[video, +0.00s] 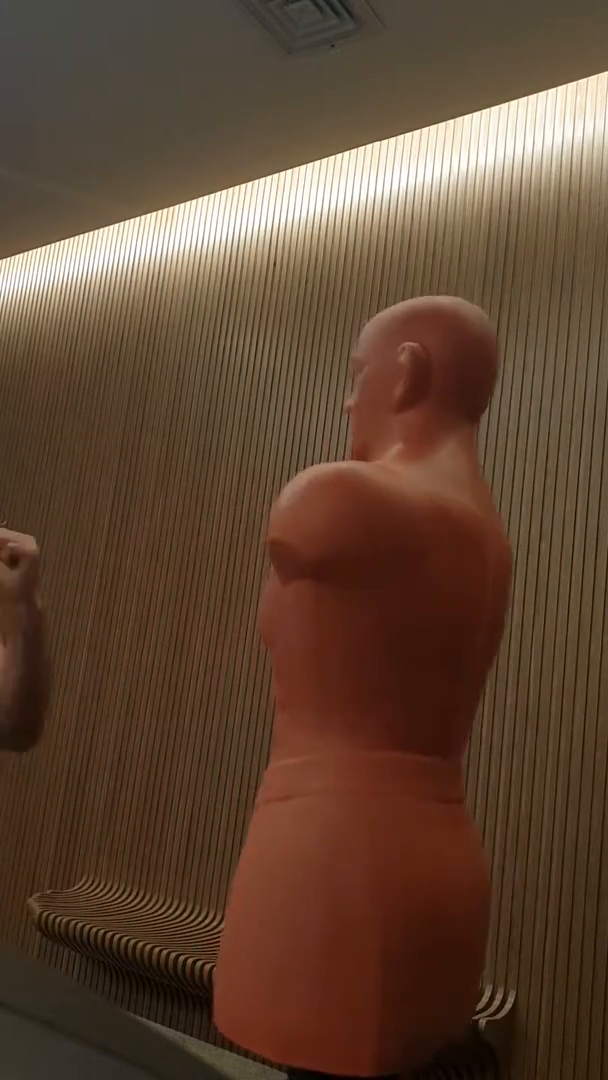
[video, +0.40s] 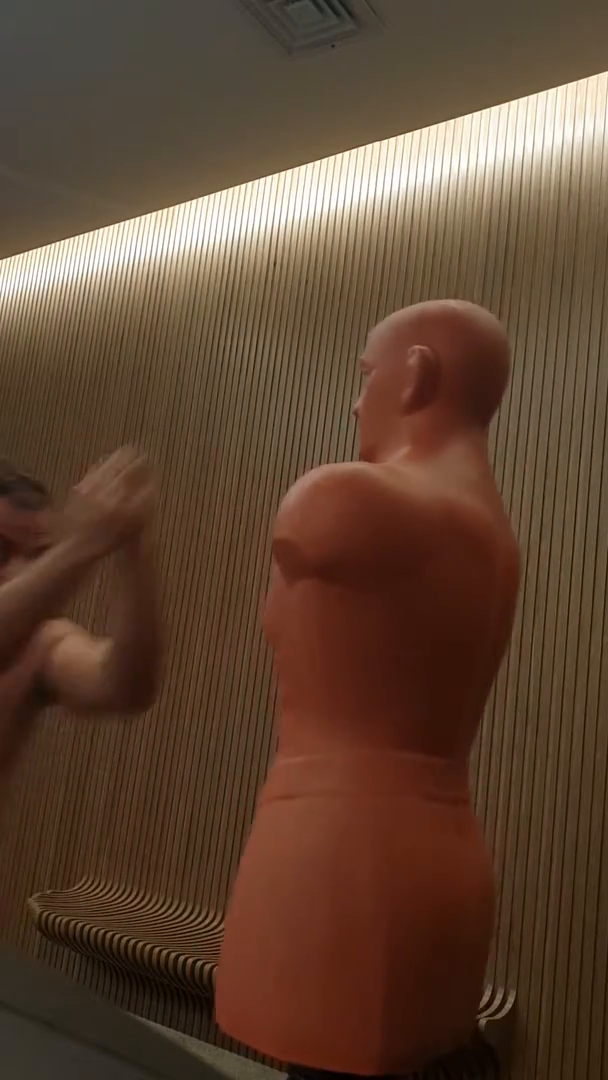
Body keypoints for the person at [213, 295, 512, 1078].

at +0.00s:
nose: (348, 397)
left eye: (358, 372)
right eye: (351, 374)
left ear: (409, 373)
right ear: (474, 399)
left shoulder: (333, 501)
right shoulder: (488, 536)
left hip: (328, 866)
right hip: (437, 853)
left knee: (288, 1062)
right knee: (404, 1062)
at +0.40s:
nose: (355, 402)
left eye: (366, 376)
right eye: (359, 379)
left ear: (419, 376)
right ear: (480, 399)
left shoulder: (339, 503)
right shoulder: (493, 536)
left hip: (335, 861)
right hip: (440, 848)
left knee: (295, 1064)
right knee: (402, 1063)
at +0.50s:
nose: (345, 401)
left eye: (354, 376)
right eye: (347, 378)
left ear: (404, 376)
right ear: (467, 398)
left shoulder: (332, 501)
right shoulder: (479, 528)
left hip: (332, 859)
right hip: (434, 846)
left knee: (293, 1063)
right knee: (404, 1063)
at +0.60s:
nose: (352, 400)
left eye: (362, 374)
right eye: (355, 377)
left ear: (414, 374)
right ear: (476, 397)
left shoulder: (334, 500)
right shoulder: (488, 531)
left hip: (331, 857)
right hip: (437, 847)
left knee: (294, 1061)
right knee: (402, 1062)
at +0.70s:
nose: (373, 396)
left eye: (384, 371)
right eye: (377, 373)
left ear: (437, 374)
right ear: (492, 396)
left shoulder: (354, 502)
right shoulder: (505, 534)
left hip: (342, 861)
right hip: (449, 852)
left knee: (290, 1064)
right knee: (415, 1064)